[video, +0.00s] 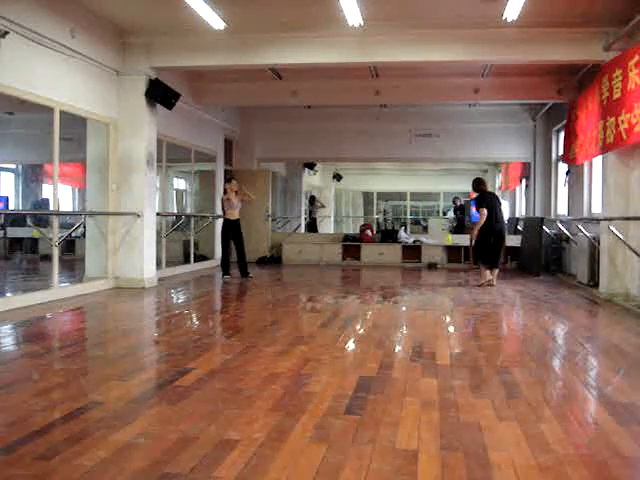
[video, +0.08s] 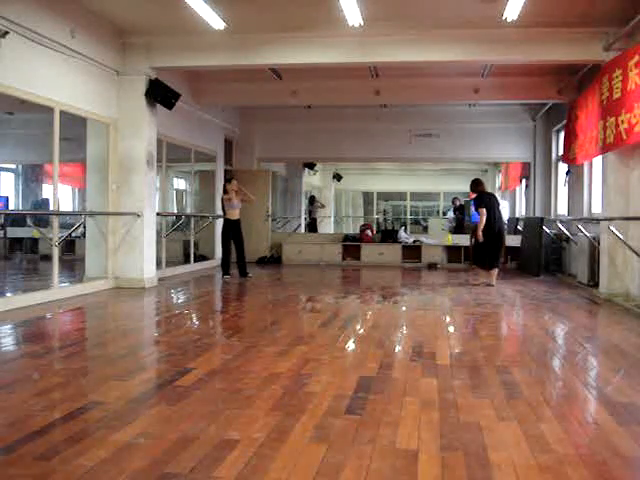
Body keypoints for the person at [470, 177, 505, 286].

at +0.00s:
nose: (473, 189)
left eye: (473, 187)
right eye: (474, 187)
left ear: (475, 188)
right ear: (485, 185)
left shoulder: (480, 197)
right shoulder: (494, 196)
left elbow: (484, 214)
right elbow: (499, 212)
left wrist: (476, 229)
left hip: (488, 228)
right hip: (499, 228)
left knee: (481, 250)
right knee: (495, 253)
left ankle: (485, 275)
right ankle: (493, 278)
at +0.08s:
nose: (471, 190)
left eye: (472, 188)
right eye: (471, 188)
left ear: (473, 188)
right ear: (483, 186)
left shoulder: (478, 198)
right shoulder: (492, 196)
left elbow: (483, 214)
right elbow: (497, 212)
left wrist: (479, 230)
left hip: (488, 229)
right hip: (498, 228)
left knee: (481, 252)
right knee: (495, 255)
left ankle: (482, 277)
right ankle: (493, 280)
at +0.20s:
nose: (468, 193)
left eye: (468, 191)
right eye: (468, 191)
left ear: (469, 191)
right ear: (479, 188)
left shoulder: (475, 200)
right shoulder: (488, 197)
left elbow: (480, 214)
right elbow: (494, 213)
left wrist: (482, 229)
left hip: (484, 228)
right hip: (496, 228)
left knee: (477, 251)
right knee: (494, 253)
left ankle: (473, 277)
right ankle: (492, 279)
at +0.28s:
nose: (467, 194)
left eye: (467, 191)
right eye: (467, 192)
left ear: (469, 191)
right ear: (478, 188)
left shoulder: (474, 200)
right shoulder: (487, 197)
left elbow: (479, 214)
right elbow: (493, 214)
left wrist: (482, 229)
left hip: (483, 229)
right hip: (495, 228)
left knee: (477, 252)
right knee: (494, 254)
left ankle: (472, 277)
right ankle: (492, 279)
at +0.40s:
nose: (463, 193)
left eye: (463, 191)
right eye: (463, 190)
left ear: (464, 191)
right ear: (474, 188)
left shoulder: (469, 200)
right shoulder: (484, 197)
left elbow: (473, 214)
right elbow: (489, 211)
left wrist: (475, 231)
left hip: (479, 228)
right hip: (491, 227)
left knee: (475, 250)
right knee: (491, 251)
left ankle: (473, 274)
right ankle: (491, 275)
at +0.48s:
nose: (460, 192)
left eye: (460, 190)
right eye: (460, 190)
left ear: (462, 190)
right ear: (471, 188)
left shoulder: (467, 200)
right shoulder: (481, 197)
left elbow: (468, 216)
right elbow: (489, 211)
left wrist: (466, 231)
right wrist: (489, 223)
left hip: (476, 229)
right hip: (488, 227)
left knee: (473, 252)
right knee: (484, 252)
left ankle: (471, 277)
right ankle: (489, 272)